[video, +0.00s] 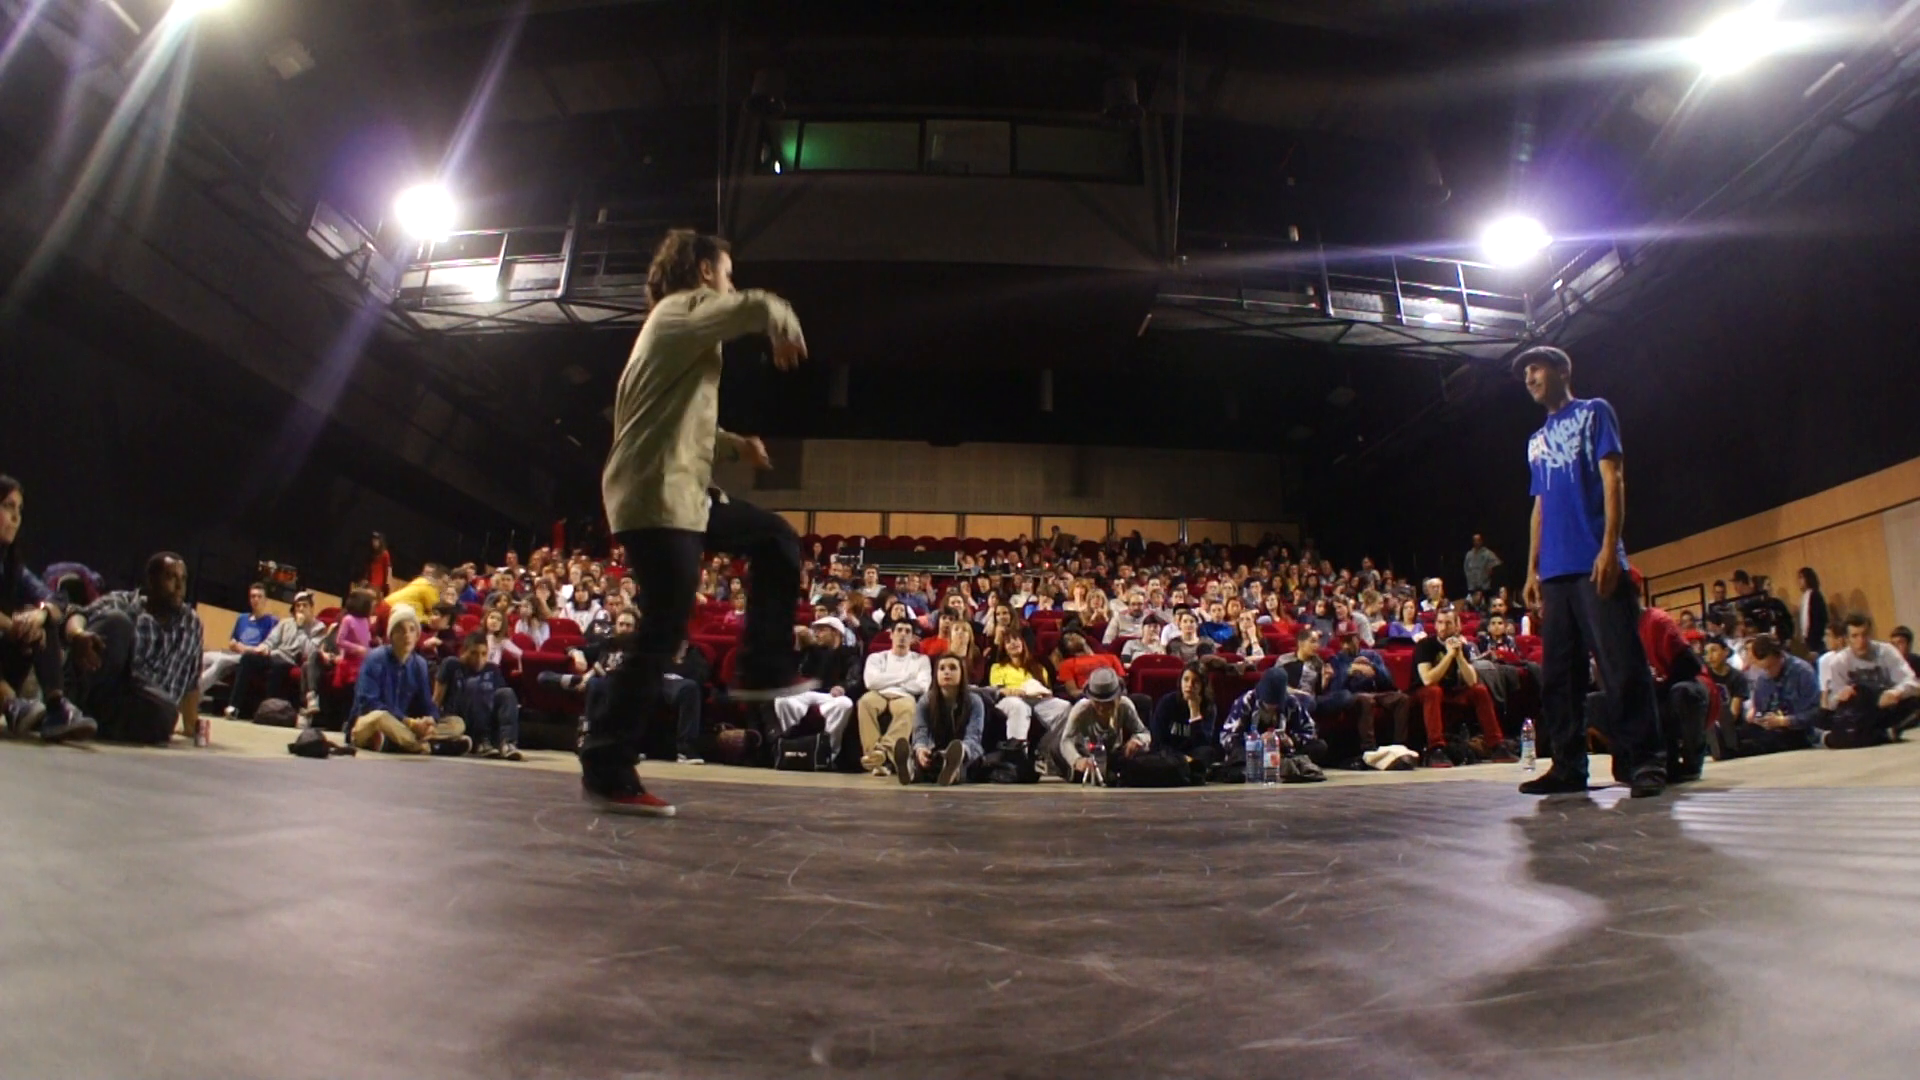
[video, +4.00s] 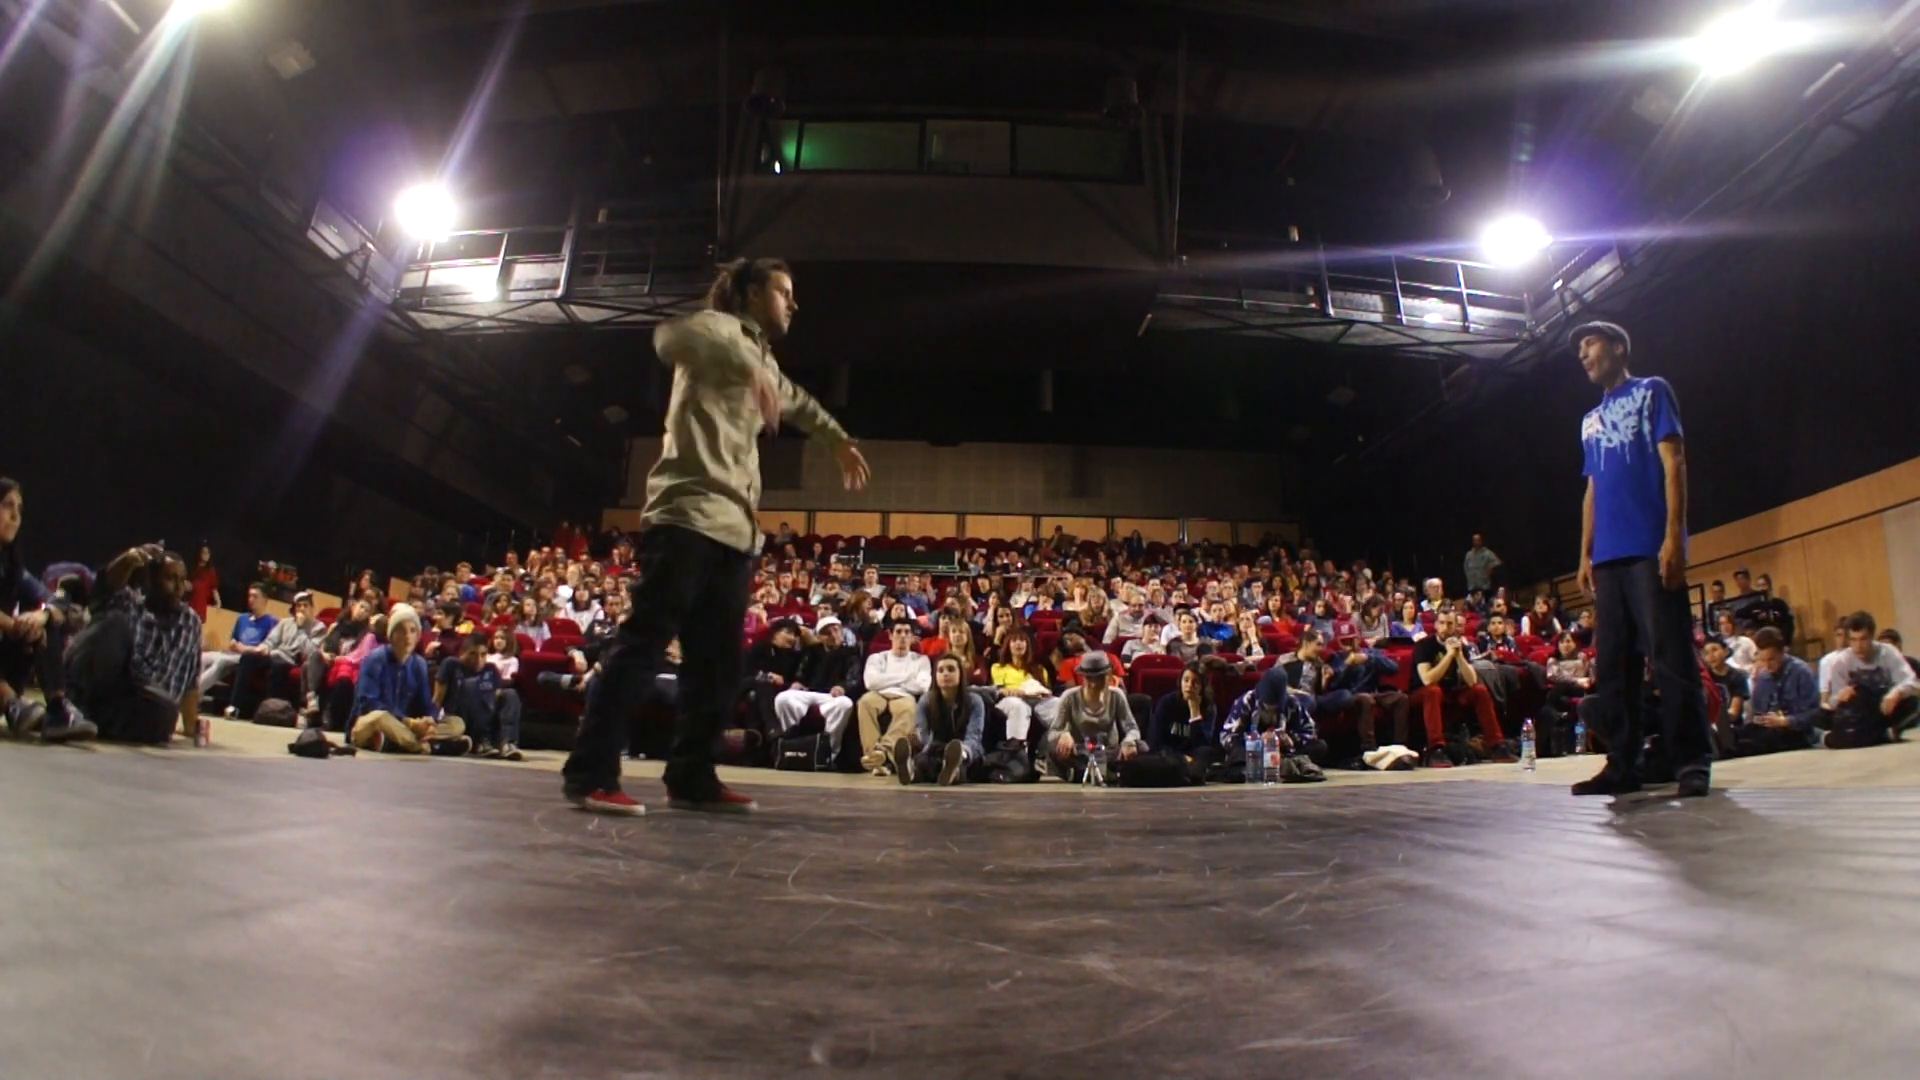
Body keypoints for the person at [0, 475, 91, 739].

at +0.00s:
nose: (15, 517)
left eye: (19, 509)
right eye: (8, 507)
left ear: (21, 515)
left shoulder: (12, 565)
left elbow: (57, 604)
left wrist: (41, 613)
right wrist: (13, 624)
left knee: (44, 625)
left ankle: (56, 706)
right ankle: (10, 702)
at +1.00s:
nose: (17, 517)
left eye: (19, 509)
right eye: (9, 507)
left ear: (22, 515)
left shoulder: (12, 569)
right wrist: (13, 624)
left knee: (44, 621)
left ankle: (57, 709)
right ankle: (12, 703)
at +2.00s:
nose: (19, 518)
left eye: (21, 510)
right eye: (12, 508)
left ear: (20, 516)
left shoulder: (11, 560)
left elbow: (48, 604)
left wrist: (42, 613)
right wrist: (12, 624)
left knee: (47, 622)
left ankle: (57, 708)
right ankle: (12, 704)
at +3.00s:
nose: (18, 517)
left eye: (20, 509)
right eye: (11, 507)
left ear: (21, 513)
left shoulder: (12, 565)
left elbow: (56, 608)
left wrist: (42, 614)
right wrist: (11, 624)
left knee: (45, 624)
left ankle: (58, 709)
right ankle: (11, 704)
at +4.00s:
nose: (14, 516)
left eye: (18, 508)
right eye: (7, 506)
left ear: (20, 516)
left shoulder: (12, 566)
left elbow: (58, 609)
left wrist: (43, 614)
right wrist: (10, 623)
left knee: (46, 624)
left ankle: (57, 709)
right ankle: (12, 705)